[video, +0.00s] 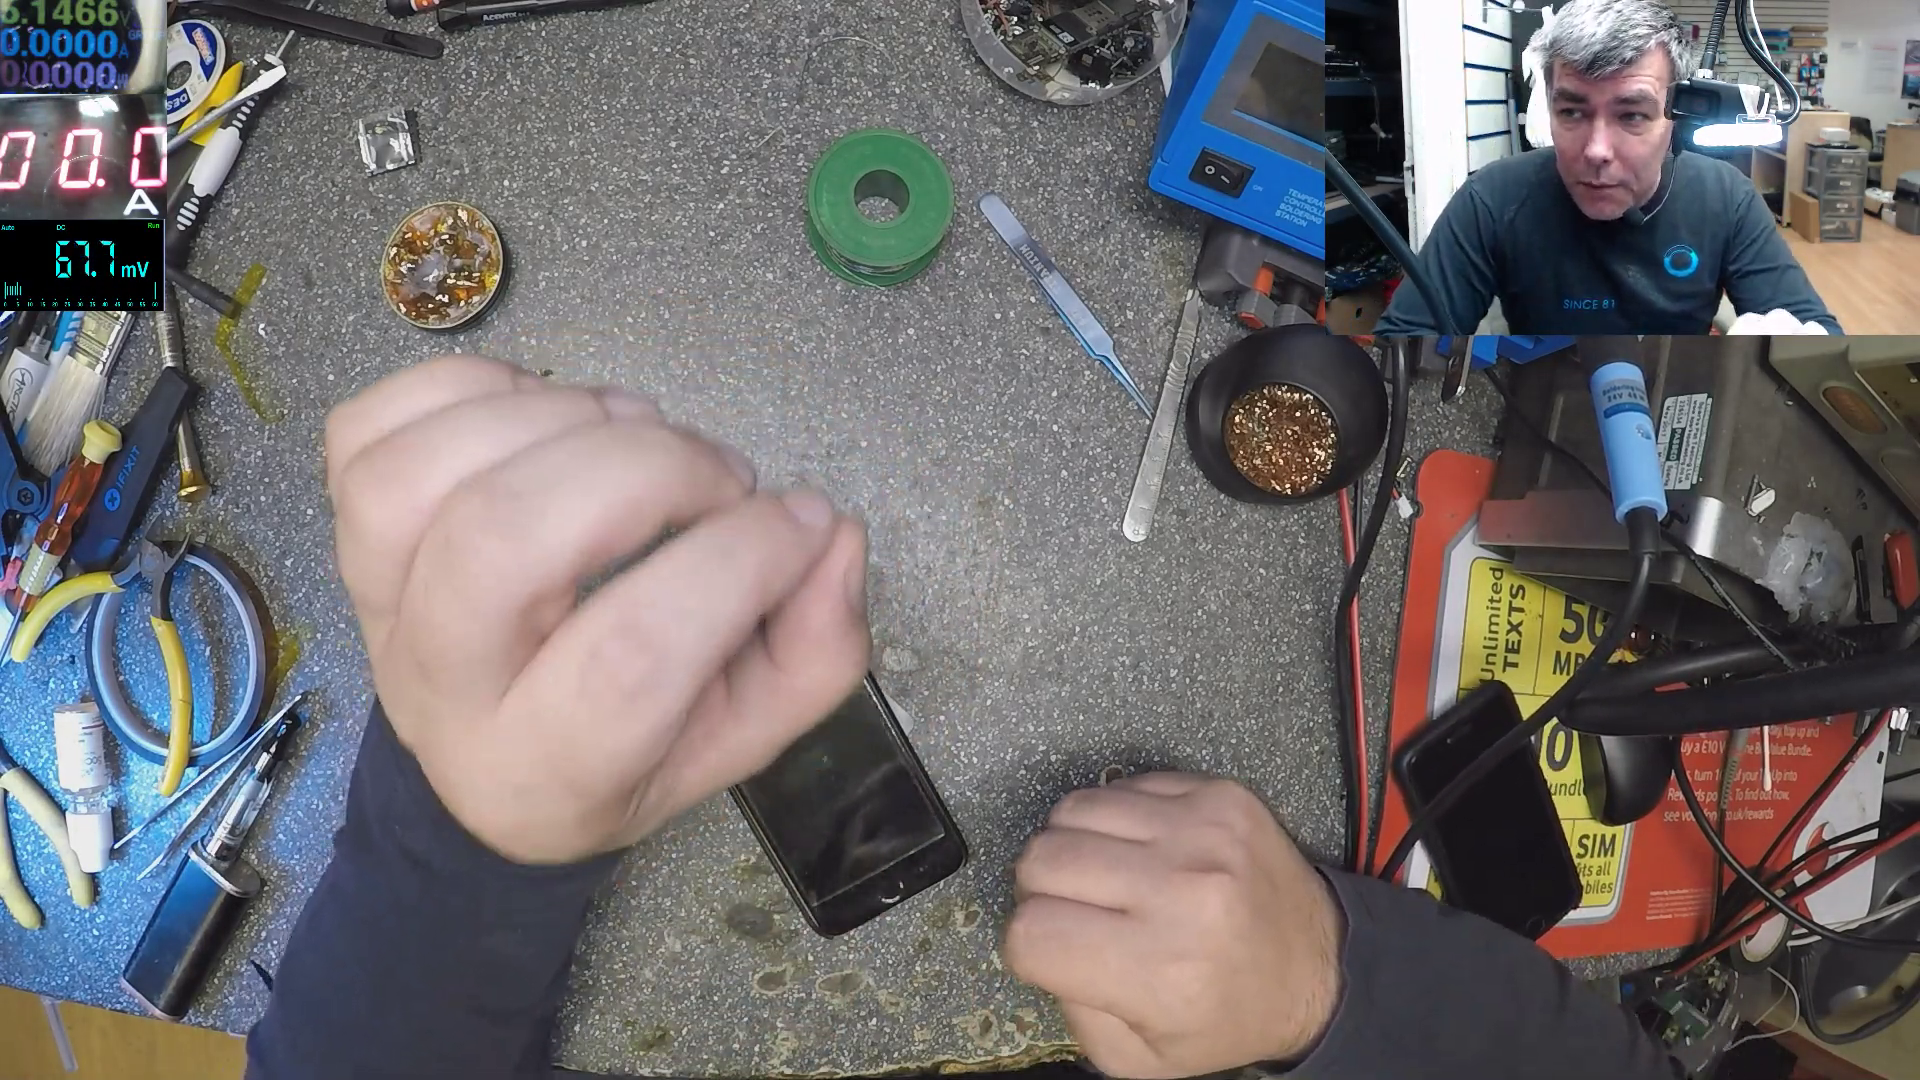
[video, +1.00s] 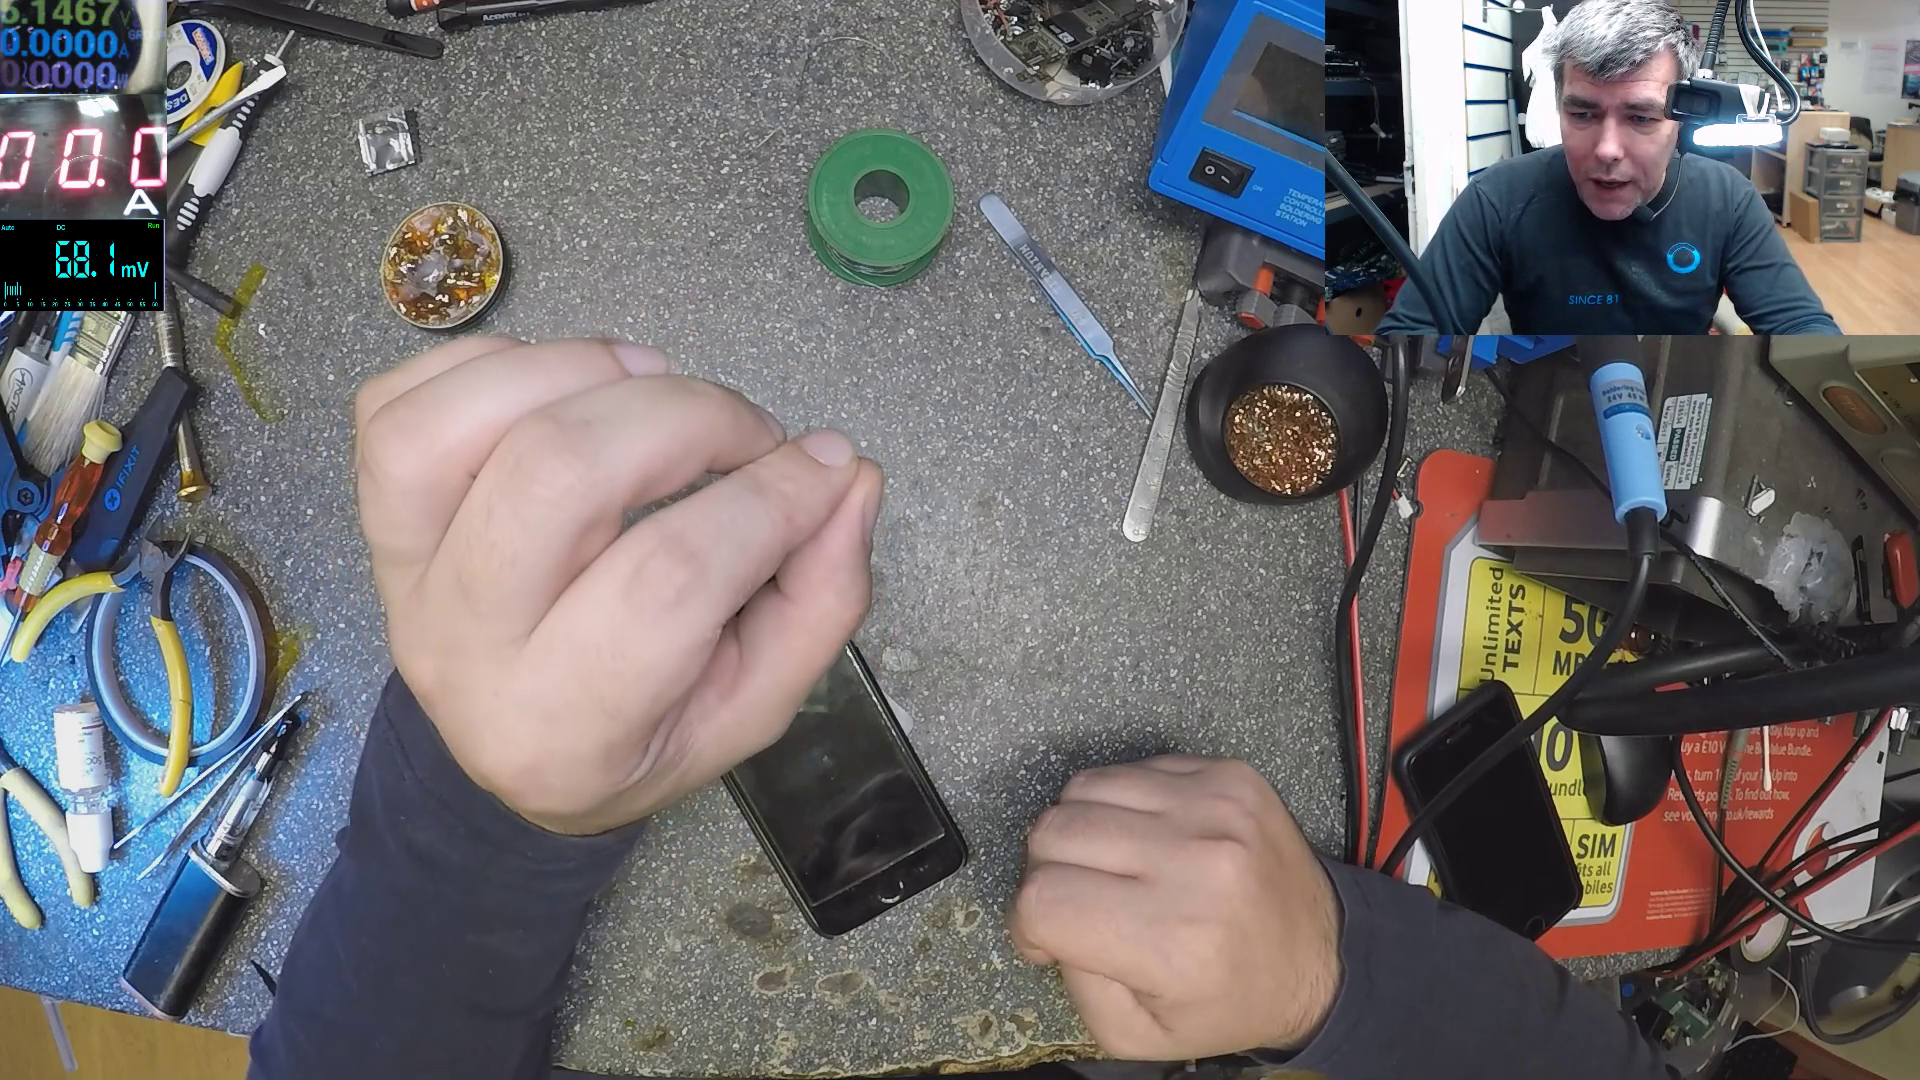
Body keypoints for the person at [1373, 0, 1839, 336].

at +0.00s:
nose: (1597, 153)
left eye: (1632, 116)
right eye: (1573, 112)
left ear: (1670, 115)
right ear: (1546, 107)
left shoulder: (1723, 199)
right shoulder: (1493, 203)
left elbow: (1817, 331)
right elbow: (1401, 342)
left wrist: (1788, 344)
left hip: (1683, 432)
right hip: (1542, 431)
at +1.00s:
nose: (1608, 151)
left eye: (1639, 117)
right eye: (1583, 114)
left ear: (1679, 114)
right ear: (1556, 105)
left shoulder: (1725, 202)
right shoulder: (1498, 203)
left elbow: (1804, 329)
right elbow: (1407, 334)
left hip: (1683, 420)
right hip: (1546, 421)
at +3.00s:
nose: (1598, 141)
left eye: (1631, 107)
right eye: (1574, 104)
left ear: (1668, 110)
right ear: (1549, 107)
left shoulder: (1722, 199)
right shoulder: (1496, 203)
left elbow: (1801, 327)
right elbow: (1408, 337)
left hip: (1683, 418)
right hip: (1545, 420)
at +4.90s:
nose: (1593, 149)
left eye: (1626, 115)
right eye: (1570, 110)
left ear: (1666, 116)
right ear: (1544, 110)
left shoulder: (1720, 199)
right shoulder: (1496, 203)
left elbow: (1802, 327)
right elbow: (1407, 336)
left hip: (1681, 421)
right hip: (1545, 424)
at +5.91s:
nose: (1625, 168)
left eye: (1656, 133)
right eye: (1598, 129)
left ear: (1687, 118)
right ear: (1563, 112)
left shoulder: (1724, 201)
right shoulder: (1499, 202)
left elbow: (1798, 328)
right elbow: (1408, 334)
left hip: (1682, 421)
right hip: (1545, 422)